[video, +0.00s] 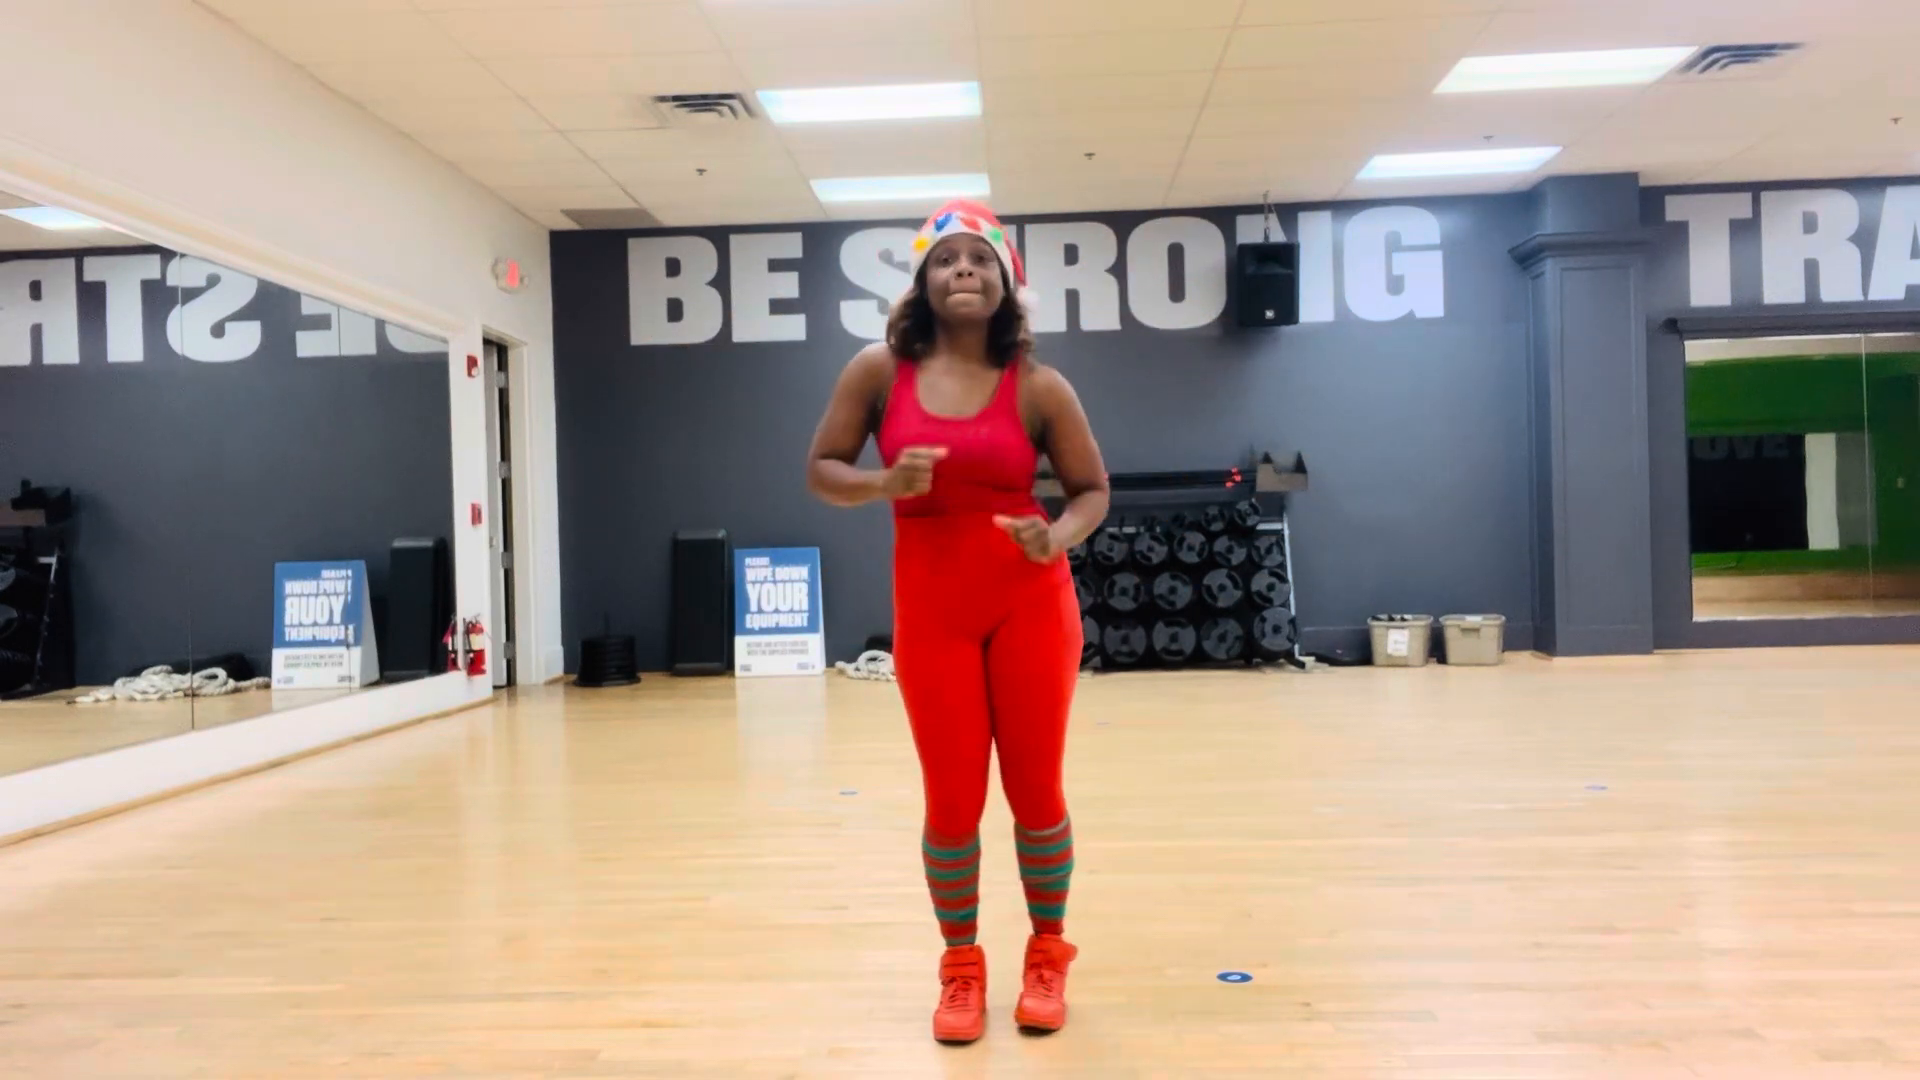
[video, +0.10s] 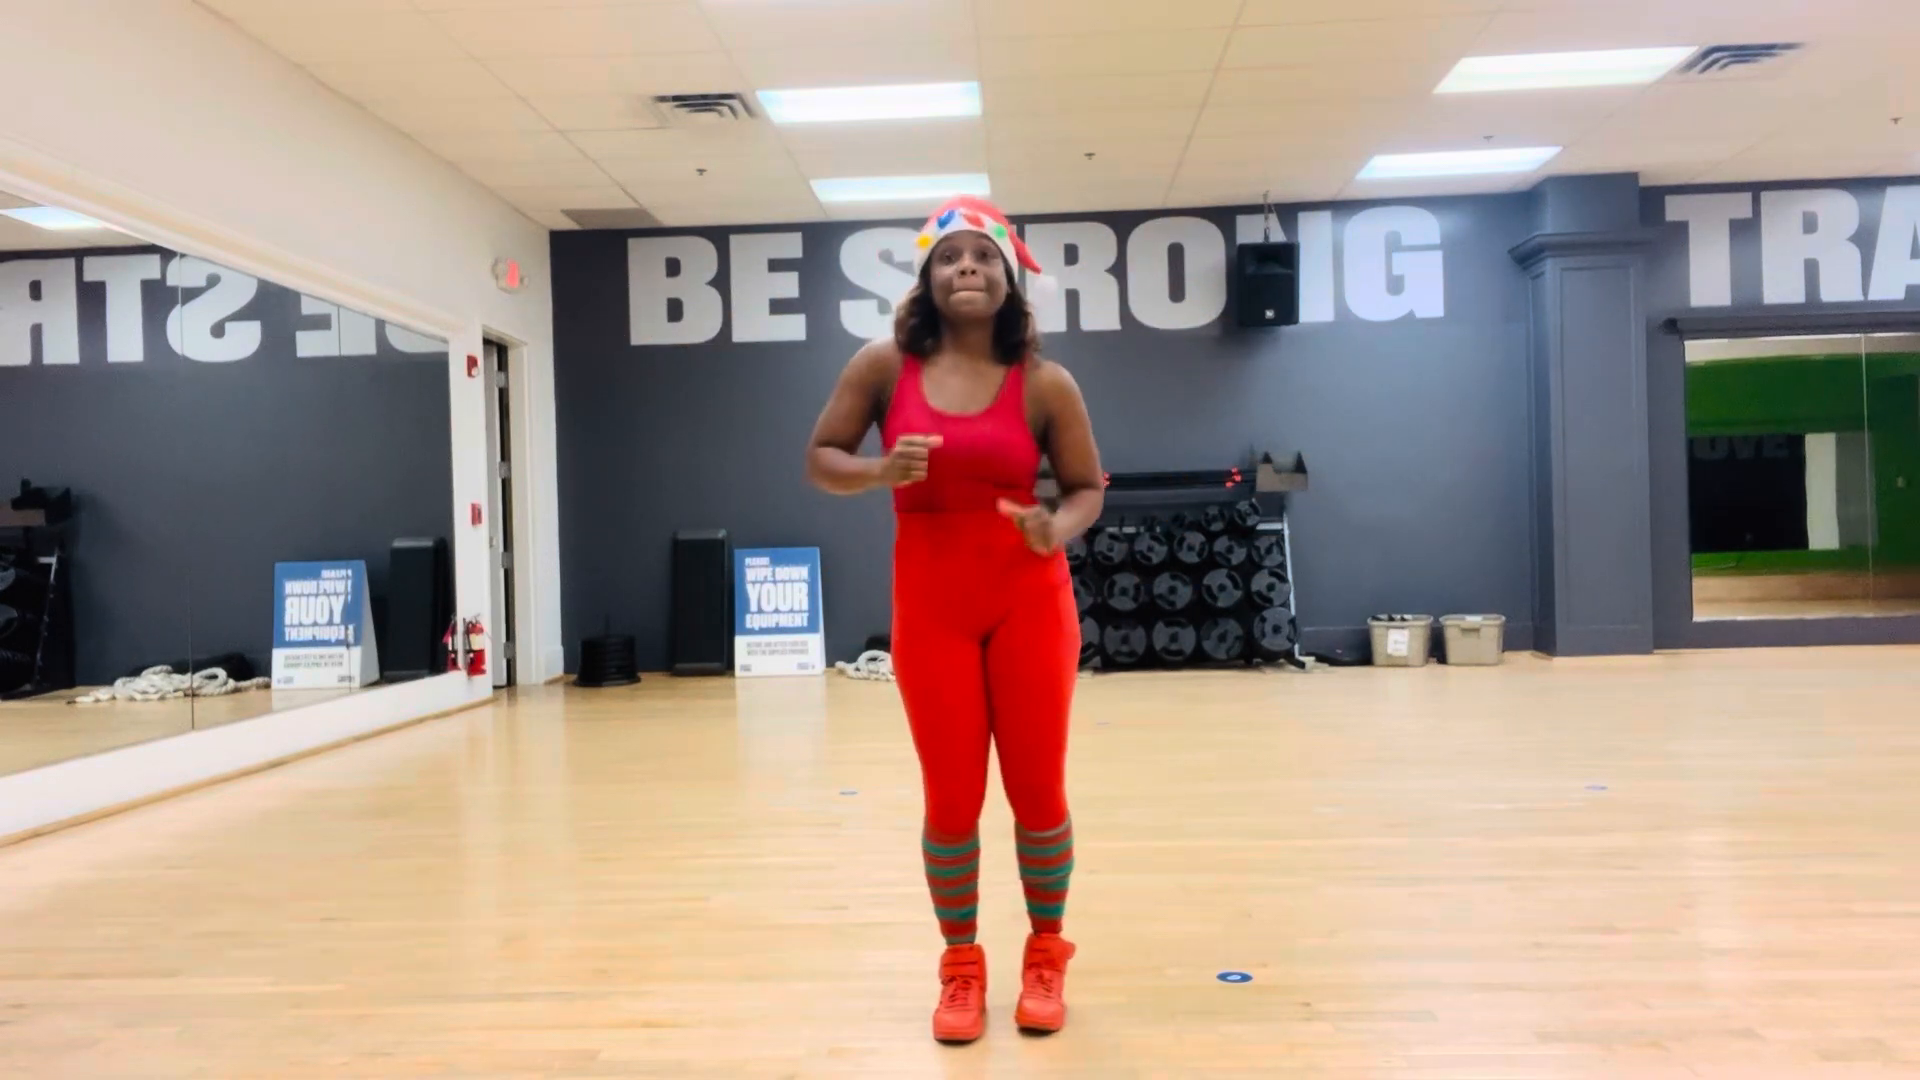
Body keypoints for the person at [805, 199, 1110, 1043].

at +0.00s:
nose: (966, 273)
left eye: (981, 262)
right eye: (949, 262)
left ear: (1003, 284)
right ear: (924, 284)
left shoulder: (1040, 388)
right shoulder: (878, 371)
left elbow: (1092, 490)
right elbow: (821, 471)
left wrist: (1060, 532)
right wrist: (880, 483)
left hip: (1031, 600)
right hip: (930, 609)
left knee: (1035, 790)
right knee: (952, 797)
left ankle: (1047, 959)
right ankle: (960, 968)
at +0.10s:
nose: (969, 270)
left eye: (985, 259)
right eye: (952, 260)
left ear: (1009, 280)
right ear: (928, 283)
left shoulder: (1045, 384)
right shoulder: (883, 366)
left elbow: (1087, 487)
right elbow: (821, 462)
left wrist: (1058, 524)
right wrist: (877, 470)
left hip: (1031, 597)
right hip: (929, 603)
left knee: (1036, 786)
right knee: (951, 793)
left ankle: (1045, 959)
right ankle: (961, 968)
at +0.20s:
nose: (967, 273)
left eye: (983, 260)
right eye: (949, 262)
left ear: (1008, 279)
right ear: (929, 284)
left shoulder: (1054, 371)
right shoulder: (892, 376)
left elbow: (1092, 485)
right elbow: (840, 477)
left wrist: (1038, 484)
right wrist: (889, 496)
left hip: (1030, 602)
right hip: (927, 604)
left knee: (1043, 793)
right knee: (948, 794)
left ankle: (1038, 963)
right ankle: (960, 970)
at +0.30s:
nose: (967, 290)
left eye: (984, 275)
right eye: (950, 277)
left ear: (1011, 290)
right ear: (930, 298)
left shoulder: (1061, 372)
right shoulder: (905, 400)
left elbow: (1106, 489)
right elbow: (859, 503)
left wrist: (1039, 455)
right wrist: (897, 534)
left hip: (1030, 612)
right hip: (929, 614)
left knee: (1039, 806)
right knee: (949, 803)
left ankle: (1025, 969)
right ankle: (961, 972)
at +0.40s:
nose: (978, 281)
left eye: (996, 267)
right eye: (963, 267)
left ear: (1024, 282)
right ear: (942, 284)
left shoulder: (1070, 368)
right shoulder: (912, 387)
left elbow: (1114, 485)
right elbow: (873, 496)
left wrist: (1051, 465)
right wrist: (917, 520)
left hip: (1036, 605)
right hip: (934, 606)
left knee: (1040, 801)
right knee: (952, 798)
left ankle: (1030, 967)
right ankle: (960, 970)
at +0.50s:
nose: (998, 281)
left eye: (1017, 268)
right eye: (984, 264)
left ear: (1043, 287)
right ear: (962, 279)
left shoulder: (1079, 380)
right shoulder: (916, 371)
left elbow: (1117, 489)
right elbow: (867, 474)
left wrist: (1069, 500)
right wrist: (920, 485)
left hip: (1049, 604)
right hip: (946, 604)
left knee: (1041, 791)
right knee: (950, 796)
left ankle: (1052, 960)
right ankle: (963, 970)